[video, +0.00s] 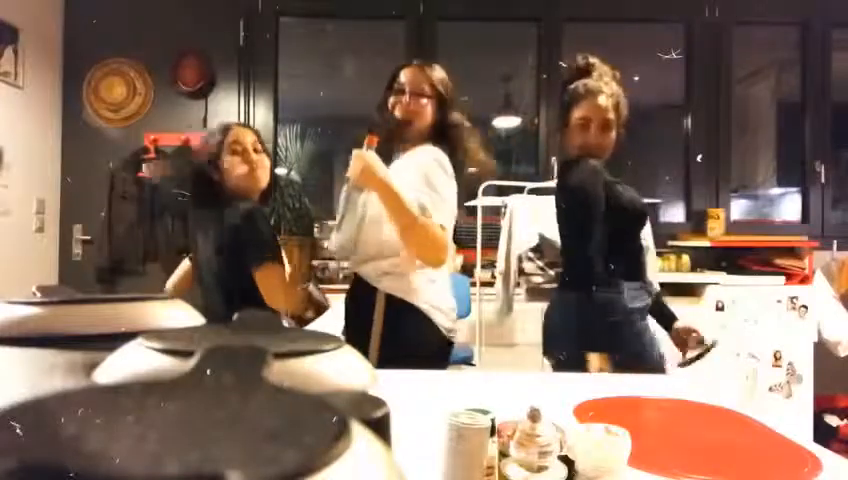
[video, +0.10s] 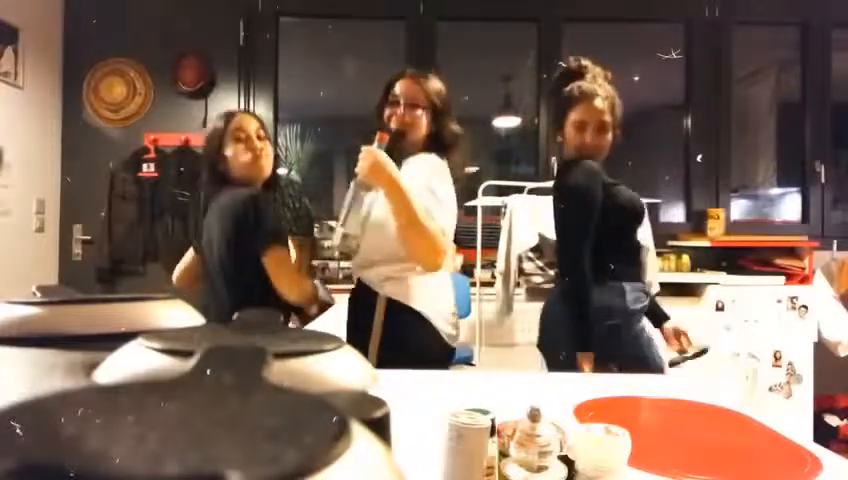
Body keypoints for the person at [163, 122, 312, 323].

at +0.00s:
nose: (252, 159)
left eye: (258, 150)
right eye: (236, 152)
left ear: (268, 158)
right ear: (214, 170)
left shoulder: (211, 216)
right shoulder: (247, 216)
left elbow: (173, 288)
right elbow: (281, 299)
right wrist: (305, 298)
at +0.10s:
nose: (257, 146)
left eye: (261, 137)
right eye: (240, 140)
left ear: (271, 146)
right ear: (220, 158)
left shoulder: (219, 205)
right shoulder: (254, 202)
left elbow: (183, 277)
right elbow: (293, 290)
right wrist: (314, 292)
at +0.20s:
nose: (257, 134)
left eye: (261, 125)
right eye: (241, 128)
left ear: (271, 135)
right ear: (220, 146)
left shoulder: (217, 196)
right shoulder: (263, 189)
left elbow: (184, 266)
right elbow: (303, 275)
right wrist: (318, 287)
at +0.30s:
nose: (257, 145)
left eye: (261, 136)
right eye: (241, 138)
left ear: (271, 146)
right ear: (220, 155)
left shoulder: (214, 206)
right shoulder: (255, 201)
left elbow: (195, 278)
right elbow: (299, 280)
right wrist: (317, 306)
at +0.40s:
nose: (255, 155)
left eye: (259, 146)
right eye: (238, 147)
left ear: (268, 154)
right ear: (215, 162)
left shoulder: (208, 215)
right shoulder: (250, 213)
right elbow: (284, 298)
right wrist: (310, 314)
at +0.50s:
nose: (248, 146)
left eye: (252, 137)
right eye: (232, 138)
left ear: (260, 145)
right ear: (209, 154)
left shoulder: (201, 206)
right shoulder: (242, 204)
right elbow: (266, 291)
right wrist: (298, 314)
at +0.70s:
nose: (238, 152)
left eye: (243, 144)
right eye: (222, 144)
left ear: (251, 155)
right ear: (198, 162)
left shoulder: (192, 210)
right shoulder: (224, 208)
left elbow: (279, 246)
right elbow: (236, 293)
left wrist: (266, 199)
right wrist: (286, 309)